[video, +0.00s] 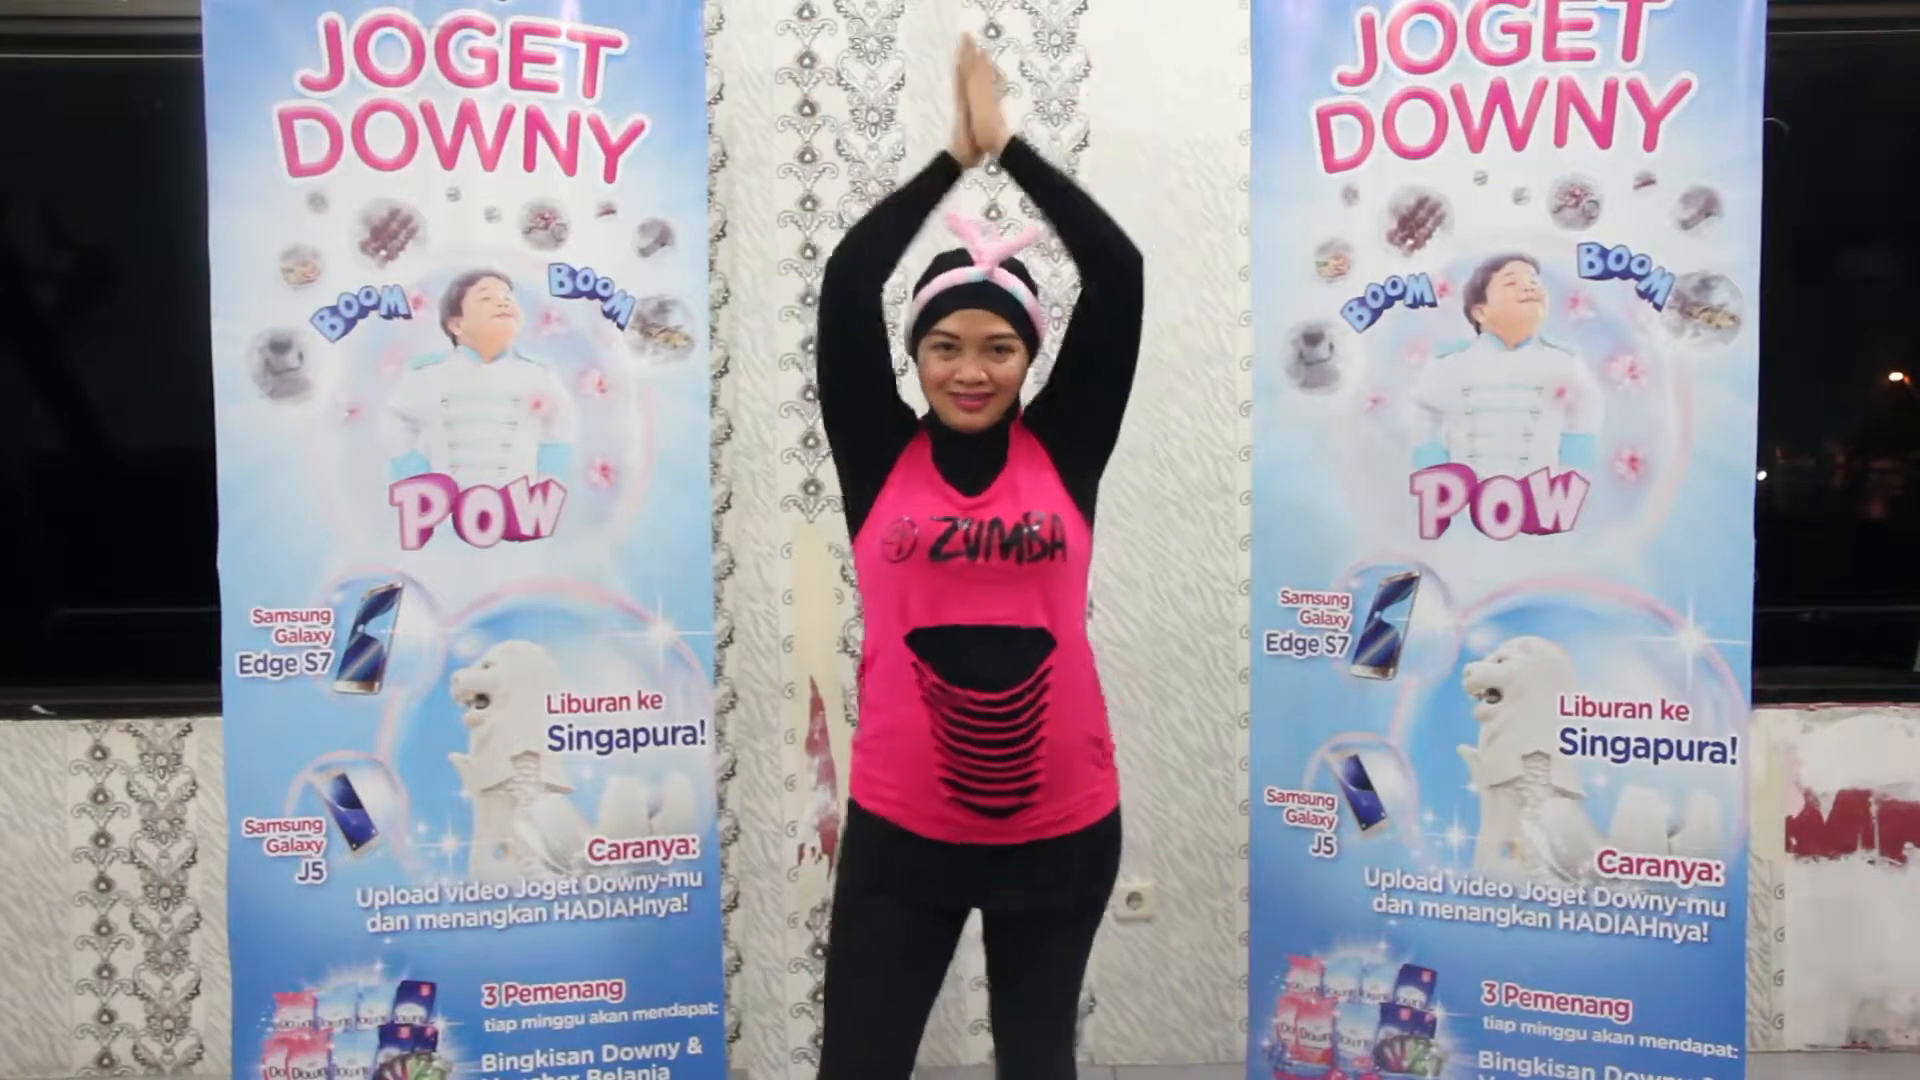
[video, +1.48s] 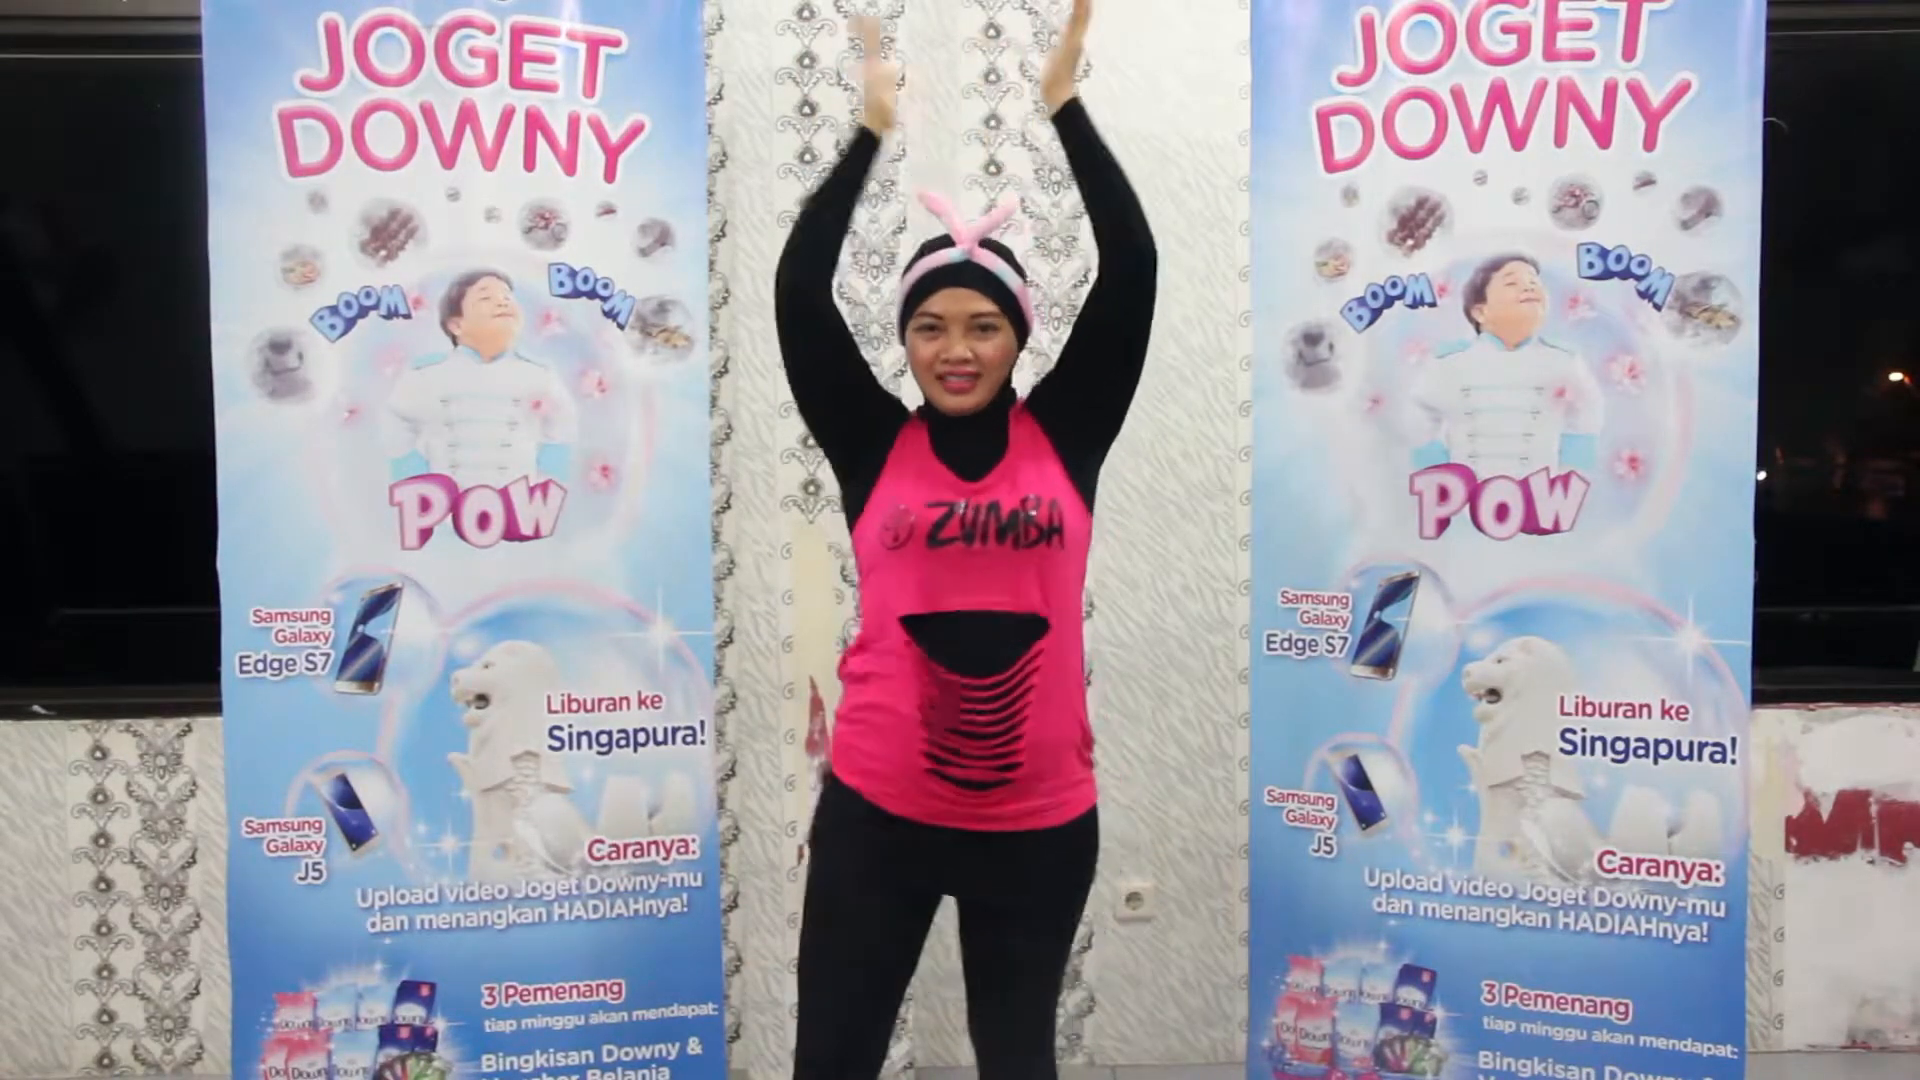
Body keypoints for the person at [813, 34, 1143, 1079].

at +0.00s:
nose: (971, 369)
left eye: (996, 349)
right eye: (949, 348)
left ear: (1029, 362)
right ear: (916, 360)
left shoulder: (1063, 455)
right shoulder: (879, 459)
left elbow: (1119, 269)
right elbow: (846, 284)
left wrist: (1007, 147)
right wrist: (955, 155)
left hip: (1056, 833)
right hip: (902, 830)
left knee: (1037, 1062)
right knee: (858, 1064)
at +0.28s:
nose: (971, 375)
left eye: (996, 354)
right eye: (947, 354)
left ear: (1029, 369)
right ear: (915, 369)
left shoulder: (1063, 459)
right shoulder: (875, 459)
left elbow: (1140, 286)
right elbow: (824, 293)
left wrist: (1076, 127)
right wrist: (874, 146)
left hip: (1061, 836)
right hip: (905, 836)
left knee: (1047, 1061)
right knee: (842, 1062)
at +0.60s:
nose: (969, 349)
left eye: (994, 327)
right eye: (945, 329)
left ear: (1031, 339)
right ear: (917, 345)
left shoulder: (1077, 438)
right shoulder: (886, 449)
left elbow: (1142, 253)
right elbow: (813, 292)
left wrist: (1058, 106)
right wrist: (882, 134)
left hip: (1046, 832)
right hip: (891, 825)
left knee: (1027, 1062)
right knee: (852, 1060)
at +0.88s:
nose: (972, 362)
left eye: (997, 343)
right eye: (950, 342)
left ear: (1030, 367)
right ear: (915, 363)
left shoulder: (1057, 470)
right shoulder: (872, 466)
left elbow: (1124, 295)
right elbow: (844, 290)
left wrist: (1019, 159)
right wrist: (961, 160)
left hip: (1063, 842)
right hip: (907, 843)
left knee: (1049, 1065)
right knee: (845, 1064)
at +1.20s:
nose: (966, 357)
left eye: (991, 338)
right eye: (943, 337)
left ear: (1025, 355)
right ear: (912, 354)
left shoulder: (1060, 454)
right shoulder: (872, 458)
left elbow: (1129, 281)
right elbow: (819, 294)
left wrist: (1054, 128)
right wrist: (890, 146)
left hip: (1051, 836)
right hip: (894, 834)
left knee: (1036, 1063)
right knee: (831, 1063)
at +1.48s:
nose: (956, 349)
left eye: (982, 327)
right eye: (933, 328)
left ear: (1019, 341)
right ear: (906, 344)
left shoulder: (1063, 438)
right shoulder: (872, 448)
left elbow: (1132, 267)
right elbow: (800, 296)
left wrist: (1065, 105)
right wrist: (869, 133)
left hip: (1034, 831)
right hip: (879, 822)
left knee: (1018, 1063)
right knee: (832, 1061)